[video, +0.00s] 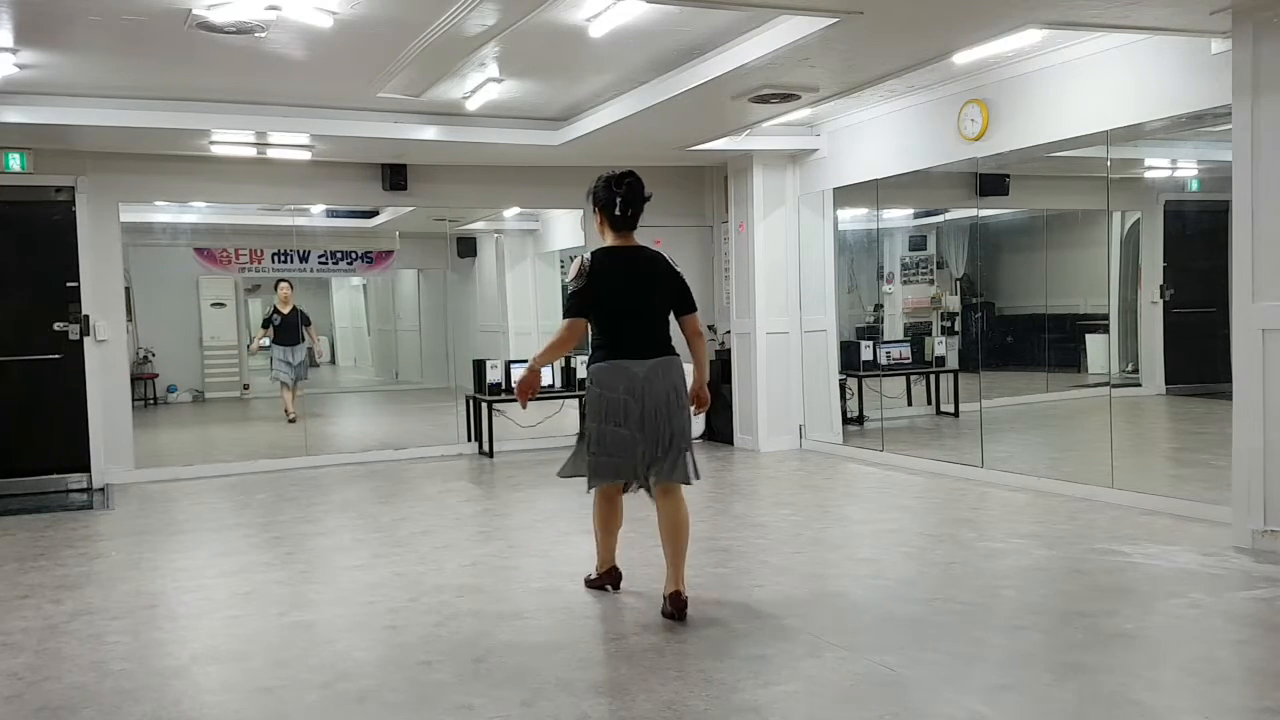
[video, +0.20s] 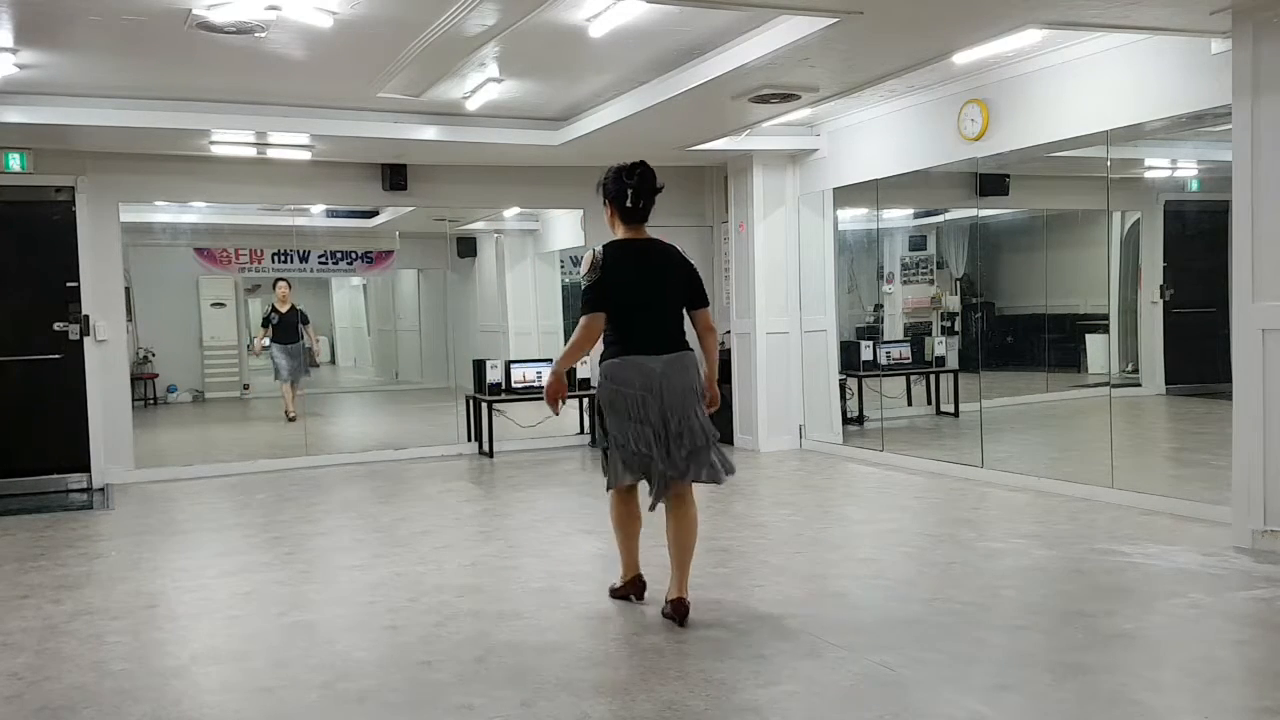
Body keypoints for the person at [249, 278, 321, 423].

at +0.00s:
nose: (285, 292)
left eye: (287, 289)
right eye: (281, 289)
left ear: (291, 291)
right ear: (276, 292)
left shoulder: (298, 311)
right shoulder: (271, 311)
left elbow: (309, 327)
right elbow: (264, 329)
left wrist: (316, 344)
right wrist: (256, 342)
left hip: (298, 349)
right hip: (280, 350)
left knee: (295, 381)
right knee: (285, 381)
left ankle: (289, 406)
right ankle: (290, 411)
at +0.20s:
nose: (283, 291)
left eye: (285, 288)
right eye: (280, 288)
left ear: (289, 290)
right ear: (275, 291)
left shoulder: (297, 309)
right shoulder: (270, 310)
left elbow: (307, 327)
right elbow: (264, 328)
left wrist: (314, 344)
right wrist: (258, 342)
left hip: (296, 346)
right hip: (278, 347)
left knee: (295, 378)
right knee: (285, 377)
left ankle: (289, 406)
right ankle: (290, 409)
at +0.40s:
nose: (282, 291)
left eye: (284, 287)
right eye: (278, 288)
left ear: (288, 290)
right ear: (273, 291)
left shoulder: (296, 309)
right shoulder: (268, 310)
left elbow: (305, 328)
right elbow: (263, 329)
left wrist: (313, 345)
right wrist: (261, 342)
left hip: (294, 346)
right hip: (275, 347)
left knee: (292, 380)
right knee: (283, 378)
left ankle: (290, 409)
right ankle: (283, 409)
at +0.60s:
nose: (278, 291)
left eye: (280, 288)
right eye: (275, 288)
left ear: (285, 290)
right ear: (269, 291)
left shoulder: (292, 309)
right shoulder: (265, 310)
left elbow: (303, 328)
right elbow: (260, 327)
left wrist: (312, 344)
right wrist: (259, 339)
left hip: (290, 347)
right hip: (271, 347)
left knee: (291, 380)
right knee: (270, 380)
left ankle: (289, 409)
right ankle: (266, 410)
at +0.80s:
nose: (271, 290)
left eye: (274, 287)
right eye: (268, 287)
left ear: (278, 289)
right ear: (263, 290)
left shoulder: (283, 309)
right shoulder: (258, 309)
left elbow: (295, 328)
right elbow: (251, 326)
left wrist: (308, 341)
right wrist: (249, 337)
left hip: (283, 348)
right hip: (264, 349)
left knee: (287, 380)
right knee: (259, 380)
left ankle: (289, 409)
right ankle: (255, 410)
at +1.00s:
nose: (262, 290)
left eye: (264, 287)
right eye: (258, 287)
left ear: (269, 290)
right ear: (253, 290)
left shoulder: (273, 308)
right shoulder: (248, 308)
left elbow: (284, 327)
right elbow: (240, 325)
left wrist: (296, 342)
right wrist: (235, 335)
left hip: (272, 347)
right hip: (253, 347)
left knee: (280, 378)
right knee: (253, 380)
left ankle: (287, 408)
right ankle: (254, 410)